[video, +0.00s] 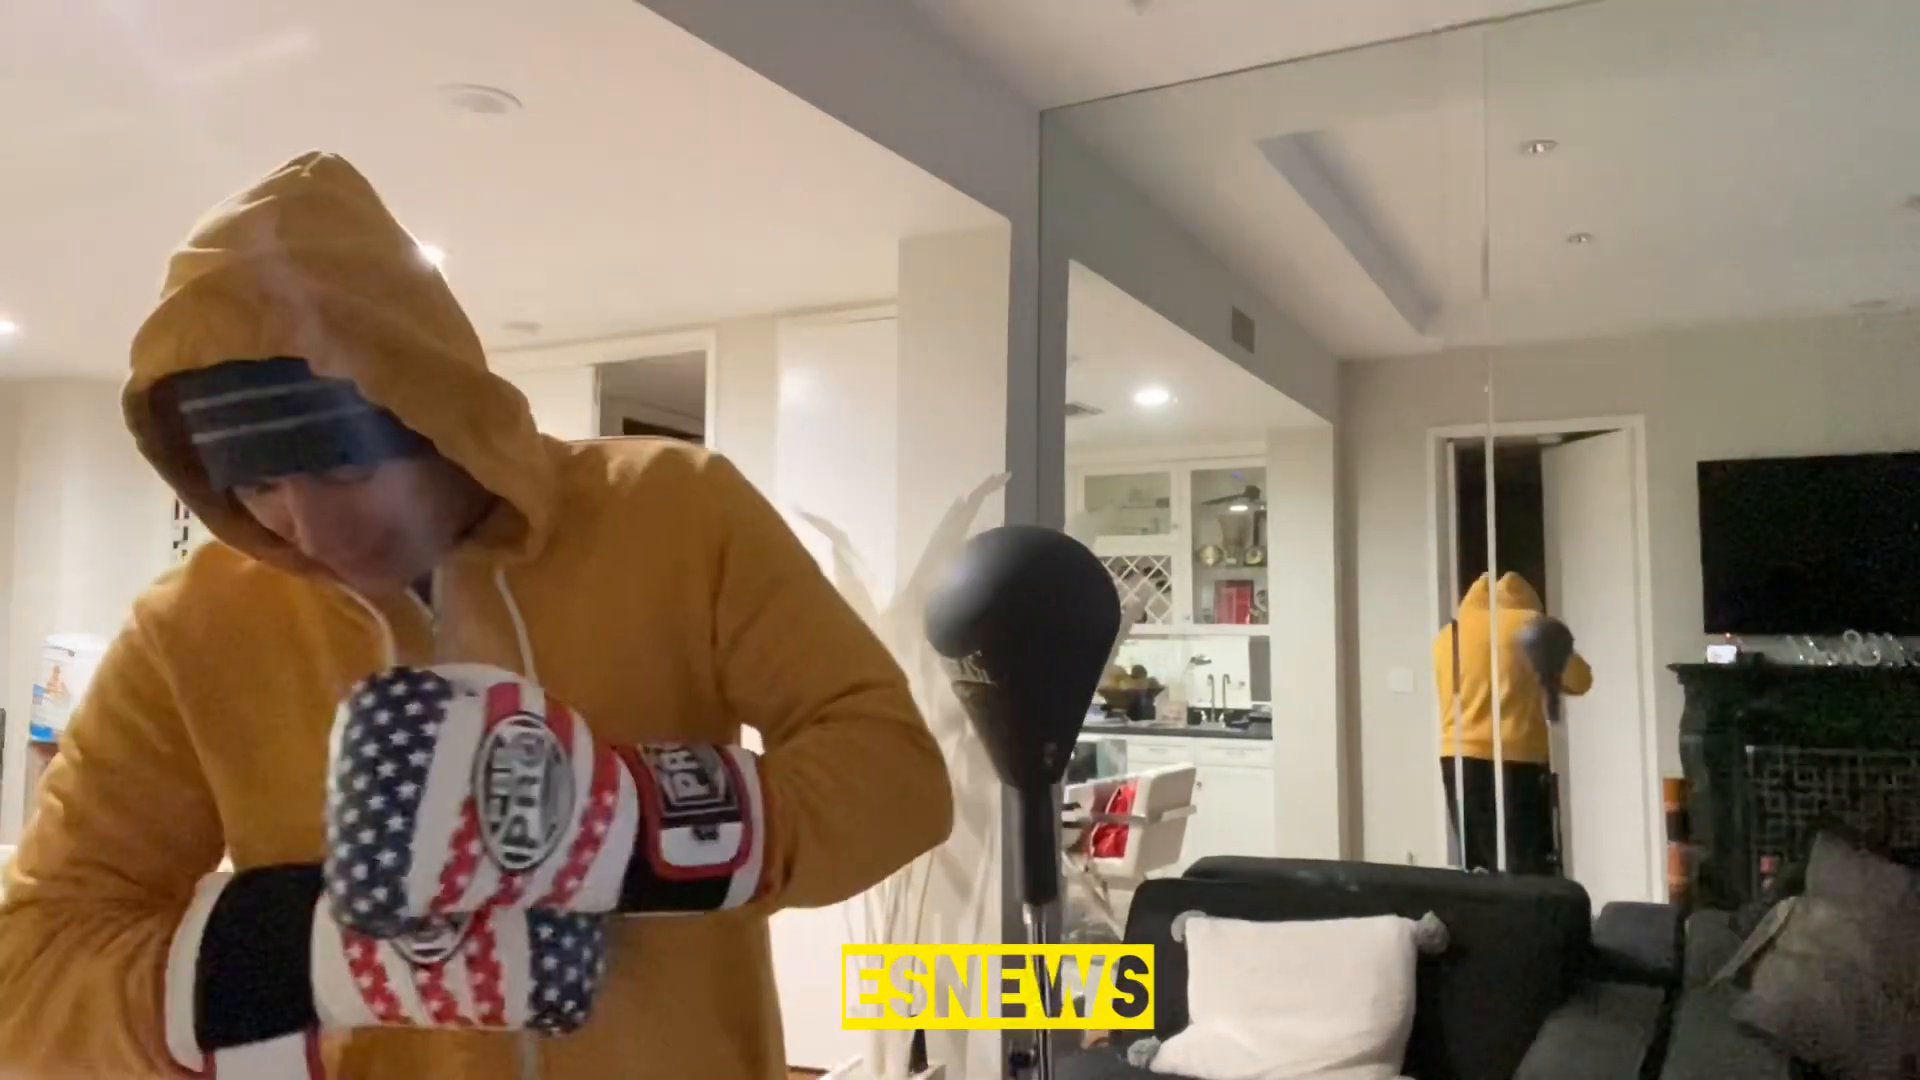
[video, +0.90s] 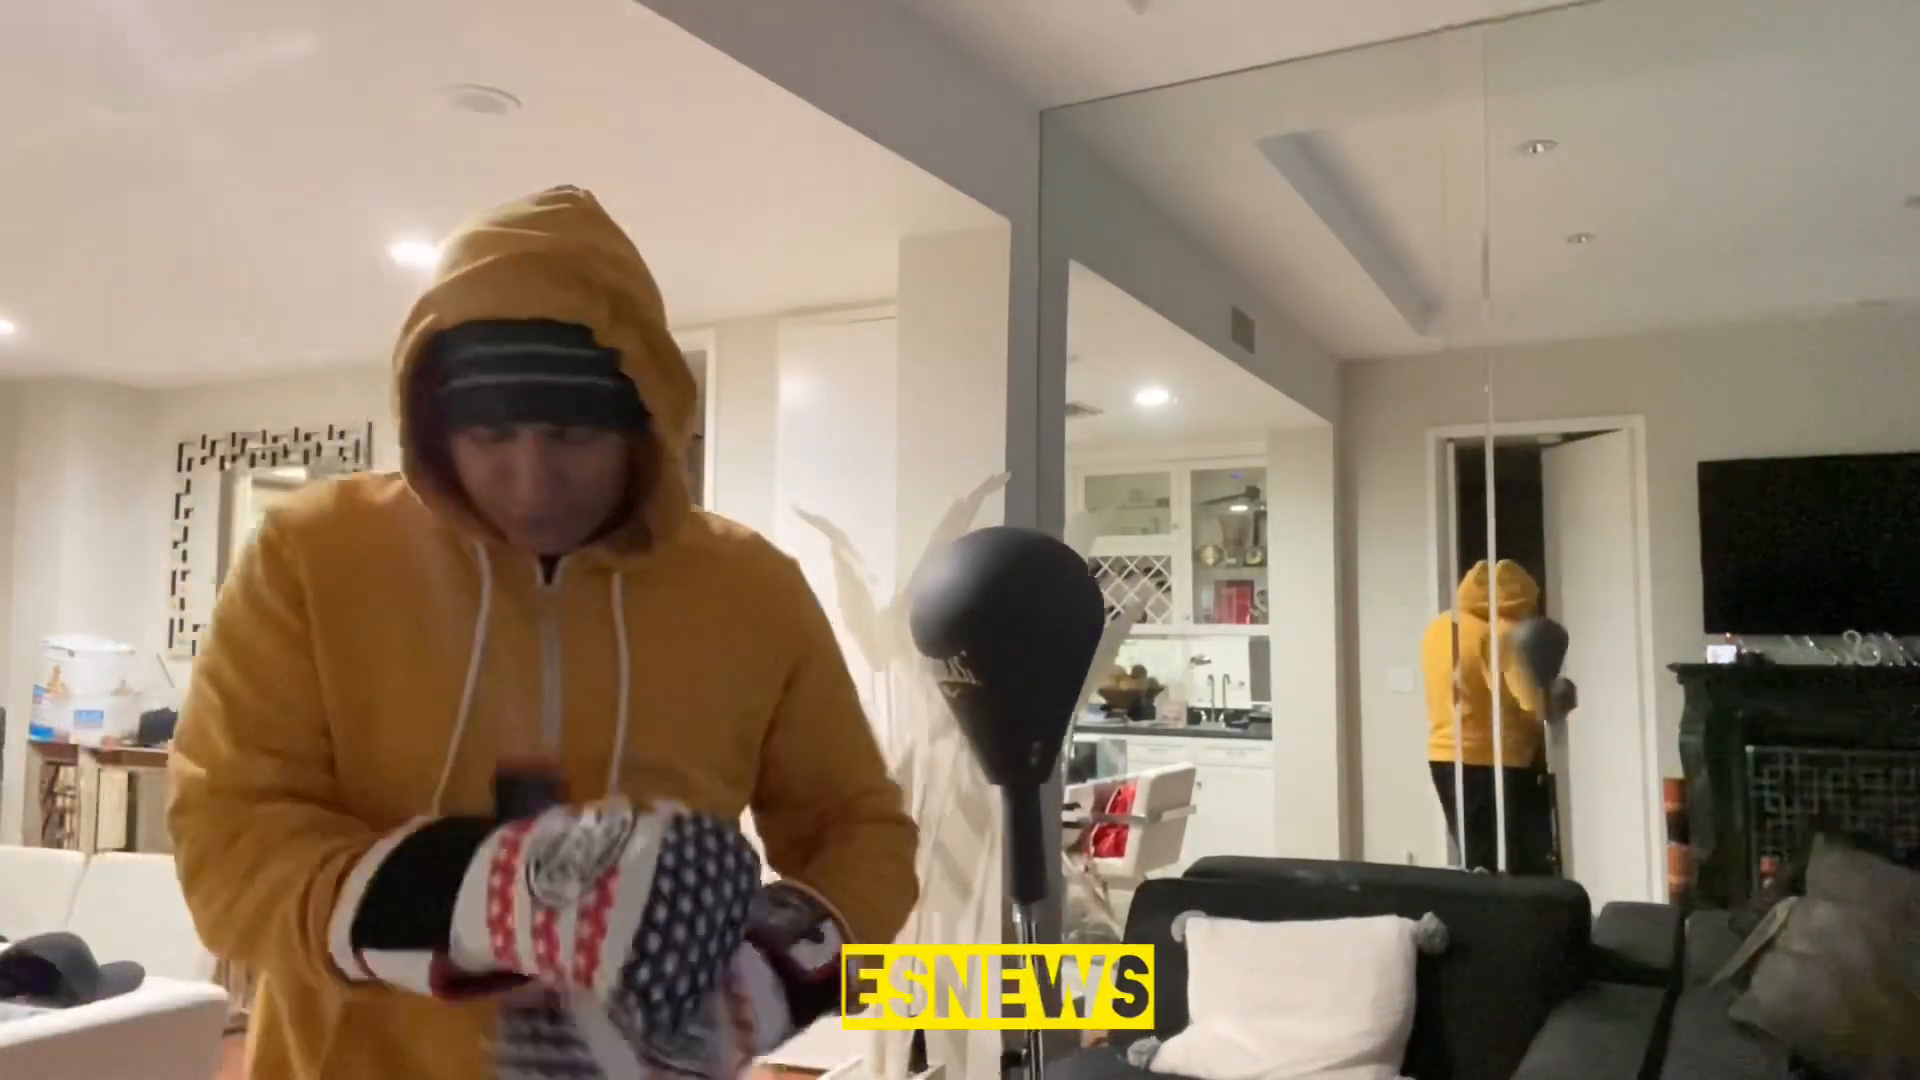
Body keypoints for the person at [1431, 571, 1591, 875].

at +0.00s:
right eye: (1532, 603)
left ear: (1475, 596)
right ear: (1525, 598)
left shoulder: (1448, 635)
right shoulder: (1532, 625)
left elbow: (1447, 690)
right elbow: (1578, 680)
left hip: (1461, 759)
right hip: (1522, 760)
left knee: (1475, 855)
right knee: (1528, 857)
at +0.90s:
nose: (1529, 612)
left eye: (1530, 604)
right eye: (1527, 604)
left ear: (1472, 590)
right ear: (1514, 598)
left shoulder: (1438, 630)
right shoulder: (1502, 634)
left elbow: (1445, 698)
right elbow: (1535, 703)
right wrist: (1561, 697)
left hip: (1448, 765)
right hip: (1504, 767)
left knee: (1477, 865)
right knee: (1525, 868)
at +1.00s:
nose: (1525, 617)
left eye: (1528, 608)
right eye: (1524, 607)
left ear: (1476, 591)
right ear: (1508, 601)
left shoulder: (1438, 628)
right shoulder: (1487, 633)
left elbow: (1448, 699)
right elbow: (1500, 700)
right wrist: (1543, 717)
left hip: (1448, 765)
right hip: (1491, 766)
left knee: (1478, 865)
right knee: (1520, 866)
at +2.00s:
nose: (1527, 617)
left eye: (1530, 609)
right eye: (1527, 608)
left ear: (1479, 591)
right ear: (1512, 601)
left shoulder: (1442, 629)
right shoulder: (1491, 629)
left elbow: (1450, 699)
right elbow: (1524, 695)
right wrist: (1544, 700)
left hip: (1449, 764)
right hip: (1495, 765)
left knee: (1473, 861)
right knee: (1521, 863)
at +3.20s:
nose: (1544, 610)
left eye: (1544, 603)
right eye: (1542, 602)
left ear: (1488, 589)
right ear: (1533, 598)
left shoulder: (1453, 633)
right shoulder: (1528, 632)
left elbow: (1452, 698)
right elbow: (1556, 695)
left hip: (1464, 765)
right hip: (1517, 767)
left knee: (1478, 857)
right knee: (1526, 859)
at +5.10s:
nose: (1534, 607)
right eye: (1531, 600)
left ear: (1472, 590)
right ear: (1521, 596)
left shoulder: (1443, 633)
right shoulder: (1529, 637)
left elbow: (1448, 700)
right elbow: (1555, 706)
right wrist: (1565, 744)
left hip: (1460, 763)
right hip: (1519, 765)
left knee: (1477, 851)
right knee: (1529, 854)